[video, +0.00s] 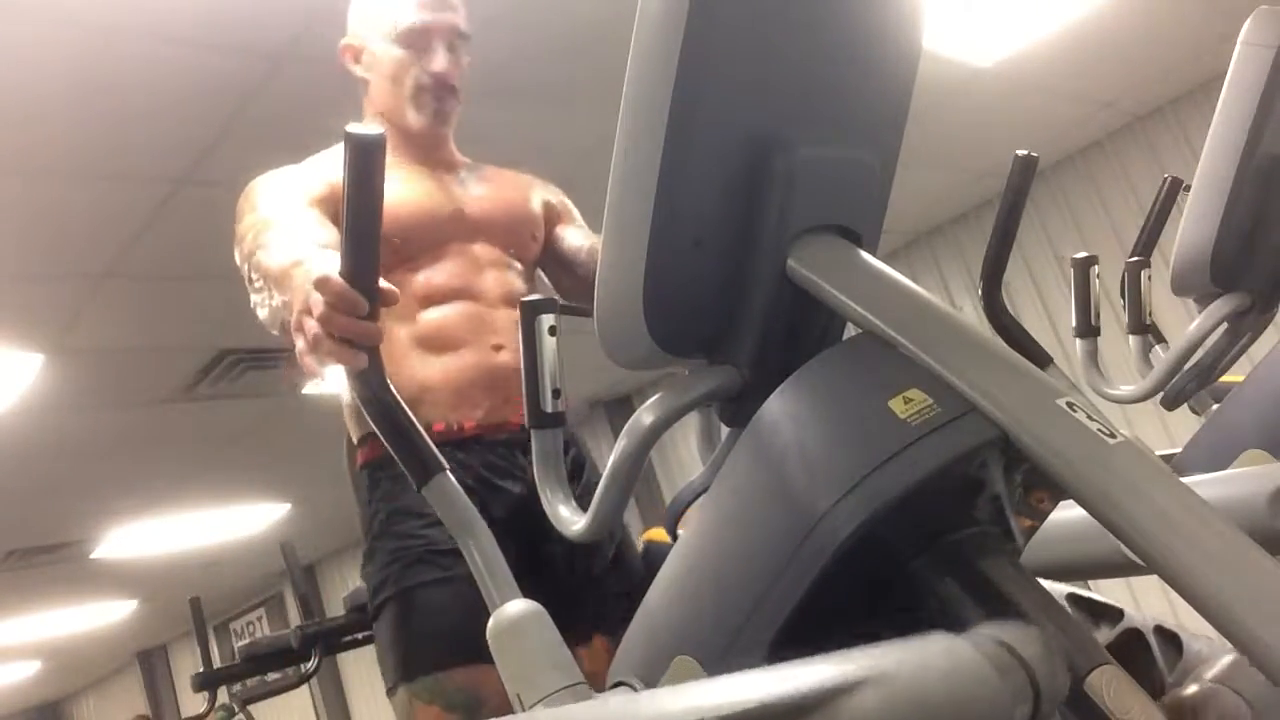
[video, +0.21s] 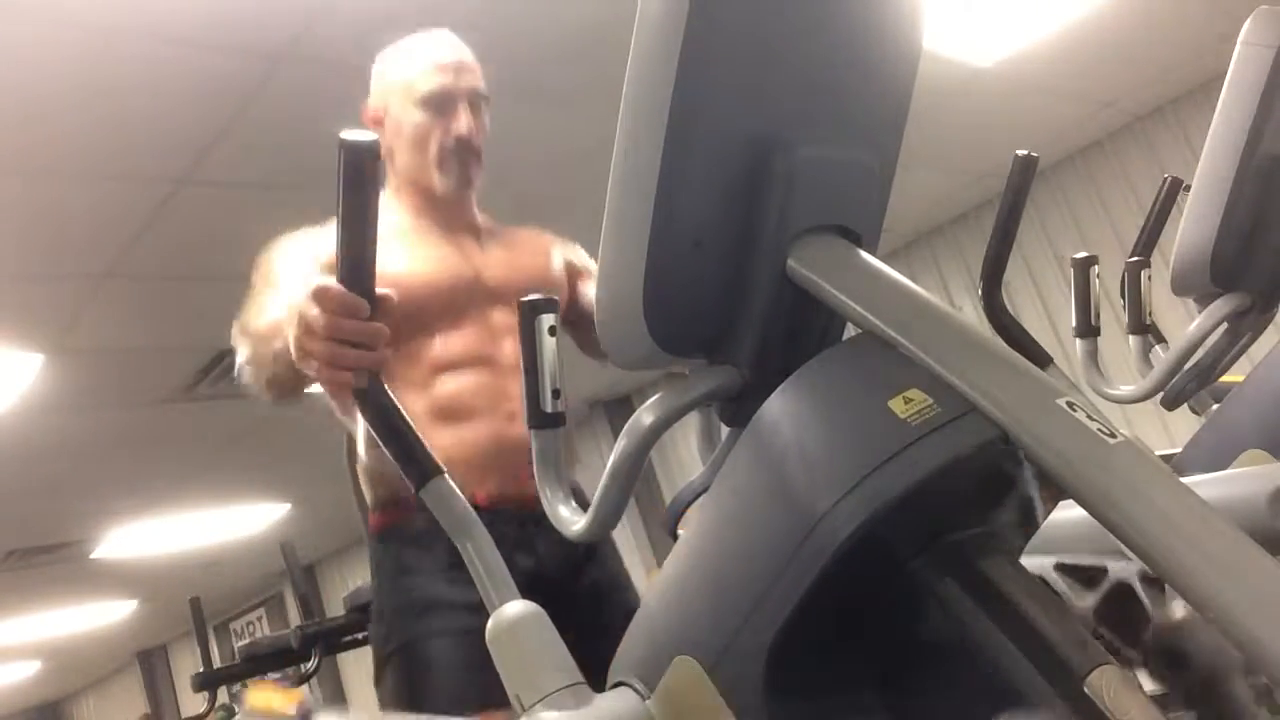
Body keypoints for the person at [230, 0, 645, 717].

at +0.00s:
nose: (443, 65)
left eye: (457, 46)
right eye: (416, 42)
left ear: (470, 61)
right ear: (356, 56)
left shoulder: (530, 195)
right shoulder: (299, 186)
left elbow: (620, 288)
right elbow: (279, 254)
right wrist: (307, 297)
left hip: (549, 455)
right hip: (418, 471)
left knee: (633, 681)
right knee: (457, 704)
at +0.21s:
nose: (465, 128)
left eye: (476, 105)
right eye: (437, 104)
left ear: (491, 116)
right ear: (376, 121)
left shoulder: (546, 253)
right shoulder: (319, 254)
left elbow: (632, 337)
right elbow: (263, 371)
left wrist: (600, 307)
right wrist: (296, 337)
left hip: (566, 537)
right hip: (430, 551)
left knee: (643, 703)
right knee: (460, 709)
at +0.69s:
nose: (333, 91)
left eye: (345, 81)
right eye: (300, 82)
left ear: (367, 115)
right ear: (254, 136)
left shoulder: (462, 240)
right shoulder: (217, 273)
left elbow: (594, 319)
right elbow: (200, 407)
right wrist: (269, 375)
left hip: (517, 533)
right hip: (374, 565)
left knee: (664, 686)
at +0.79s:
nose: (319, 136)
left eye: (332, 129)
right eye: (284, 127)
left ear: (356, 170)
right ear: (237, 189)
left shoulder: (450, 281)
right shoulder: (203, 322)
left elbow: (584, 341)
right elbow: (170, 454)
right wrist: (274, 400)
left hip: (508, 592)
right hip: (363, 631)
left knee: (688, 675)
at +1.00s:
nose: (300, 114)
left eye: (306, 114)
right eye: (264, 118)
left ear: (332, 159)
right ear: (227, 190)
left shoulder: (442, 281)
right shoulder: (204, 306)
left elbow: (568, 361)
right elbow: (203, 452)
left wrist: (676, 342)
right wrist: (300, 388)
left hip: (508, 596)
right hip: (363, 634)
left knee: (669, 693)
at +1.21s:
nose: (325, 128)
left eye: (334, 129)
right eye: (294, 131)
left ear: (359, 169)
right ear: (260, 196)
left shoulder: (462, 274)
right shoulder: (234, 288)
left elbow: (582, 365)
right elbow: (235, 396)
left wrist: (684, 364)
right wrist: (298, 353)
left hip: (527, 565)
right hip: (393, 600)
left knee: (645, 702)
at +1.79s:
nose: (288, 170)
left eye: (298, 172)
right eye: (257, 175)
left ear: (324, 213)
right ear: (222, 251)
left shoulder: (445, 324)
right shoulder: (192, 374)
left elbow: (588, 382)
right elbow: (178, 552)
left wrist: (704, 362)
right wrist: (271, 457)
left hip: (518, 629)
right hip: (372, 674)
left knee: (691, 698)